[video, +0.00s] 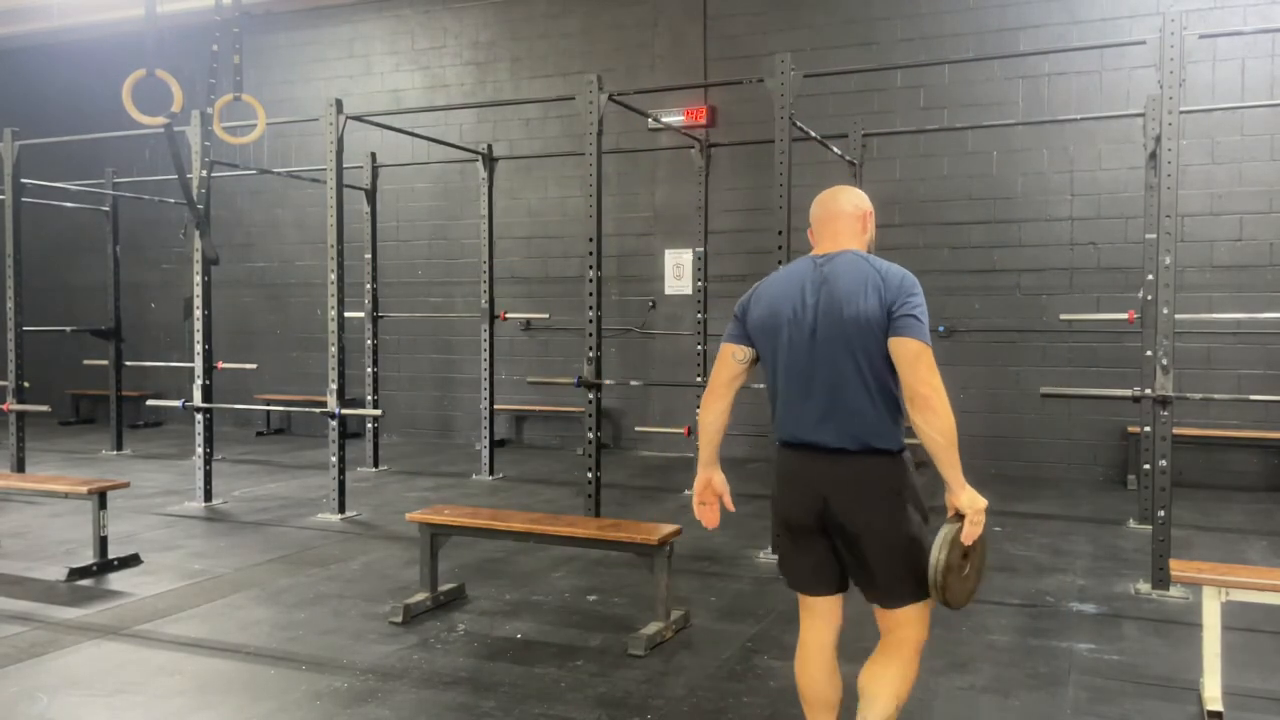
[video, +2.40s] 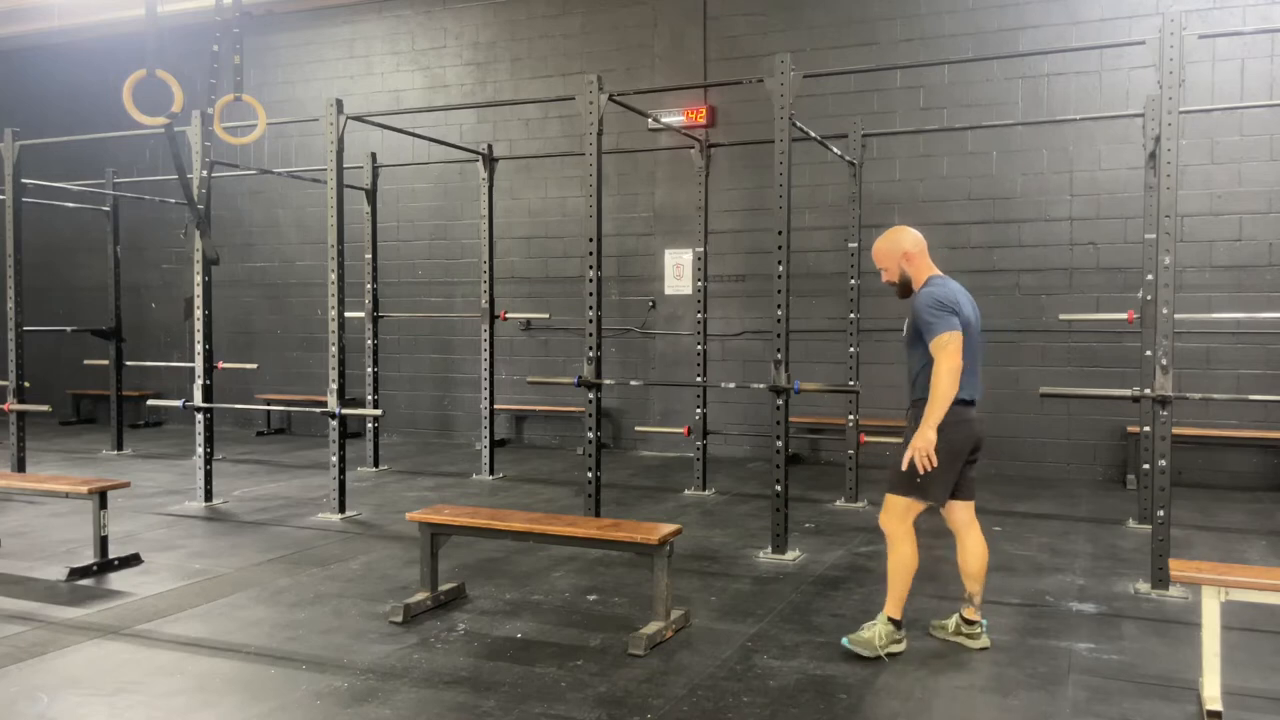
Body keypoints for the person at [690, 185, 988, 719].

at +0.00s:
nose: (873, 233)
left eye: (872, 224)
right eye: (873, 224)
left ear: (810, 232)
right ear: (867, 223)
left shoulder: (765, 292)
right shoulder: (892, 283)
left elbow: (720, 385)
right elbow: (922, 393)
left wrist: (707, 464)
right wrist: (957, 484)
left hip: (796, 483)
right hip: (874, 485)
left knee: (816, 623)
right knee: (903, 630)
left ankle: (822, 716)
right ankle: (868, 713)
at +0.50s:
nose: (937, 250)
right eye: (938, 242)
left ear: (880, 247)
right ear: (933, 244)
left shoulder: (837, 301)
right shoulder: (953, 300)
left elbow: (793, 381)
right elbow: (959, 394)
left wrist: (791, 441)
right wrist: (978, 482)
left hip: (859, 467)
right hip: (928, 471)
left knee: (848, 601)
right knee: (939, 599)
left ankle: (835, 715)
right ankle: (941, 706)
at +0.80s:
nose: (971, 242)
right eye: (971, 235)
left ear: (918, 239)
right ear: (969, 239)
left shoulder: (876, 293)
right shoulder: (989, 294)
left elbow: (835, 368)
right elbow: (1000, 387)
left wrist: (827, 430)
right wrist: (1021, 463)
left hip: (896, 451)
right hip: (960, 453)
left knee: (901, 559)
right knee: (950, 587)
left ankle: (895, 679)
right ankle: (943, 705)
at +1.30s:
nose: (964, 252)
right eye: (966, 244)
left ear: (922, 254)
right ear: (966, 249)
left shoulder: (896, 306)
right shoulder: (1001, 296)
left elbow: (866, 378)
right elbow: (1025, 377)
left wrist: (856, 434)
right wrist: (1052, 442)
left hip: (930, 447)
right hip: (988, 445)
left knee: (950, 557)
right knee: (1003, 560)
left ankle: (972, 662)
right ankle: (972, 651)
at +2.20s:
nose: (900, 279)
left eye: (899, 268)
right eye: (896, 271)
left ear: (918, 254)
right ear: (933, 253)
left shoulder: (933, 294)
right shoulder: (986, 298)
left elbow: (931, 357)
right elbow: (1002, 369)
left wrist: (900, 419)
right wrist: (984, 420)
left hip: (940, 421)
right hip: (980, 423)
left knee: (899, 515)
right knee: (974, 519)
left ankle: (954, 612)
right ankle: (972, 622)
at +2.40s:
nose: (883, 279)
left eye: (883, 269)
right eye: (880, 271)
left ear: (909, 257)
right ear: (914, 257)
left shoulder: (930, 297)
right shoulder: (956, 294)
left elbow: (949, 359)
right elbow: (960, 365)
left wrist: (928, 427)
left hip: (939, 423)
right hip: (964, 422)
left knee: (895, 518)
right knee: (961, 517)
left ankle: (890, 624)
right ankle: (971, 620)